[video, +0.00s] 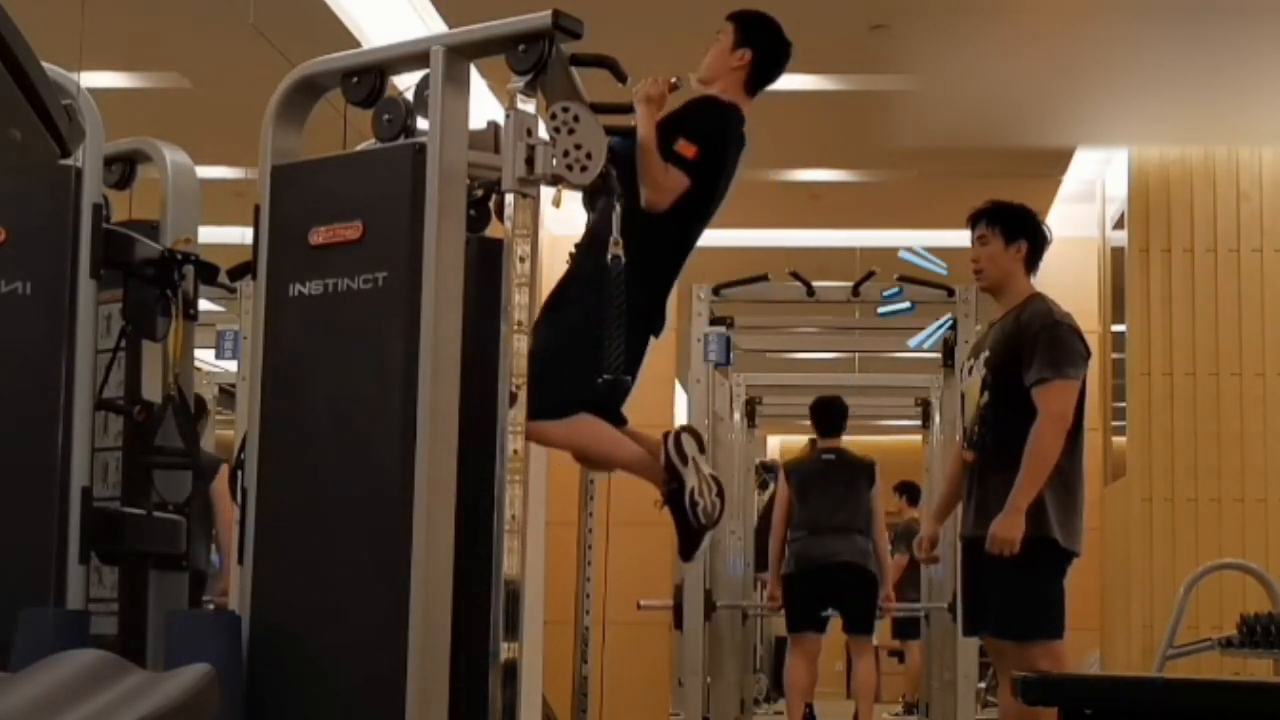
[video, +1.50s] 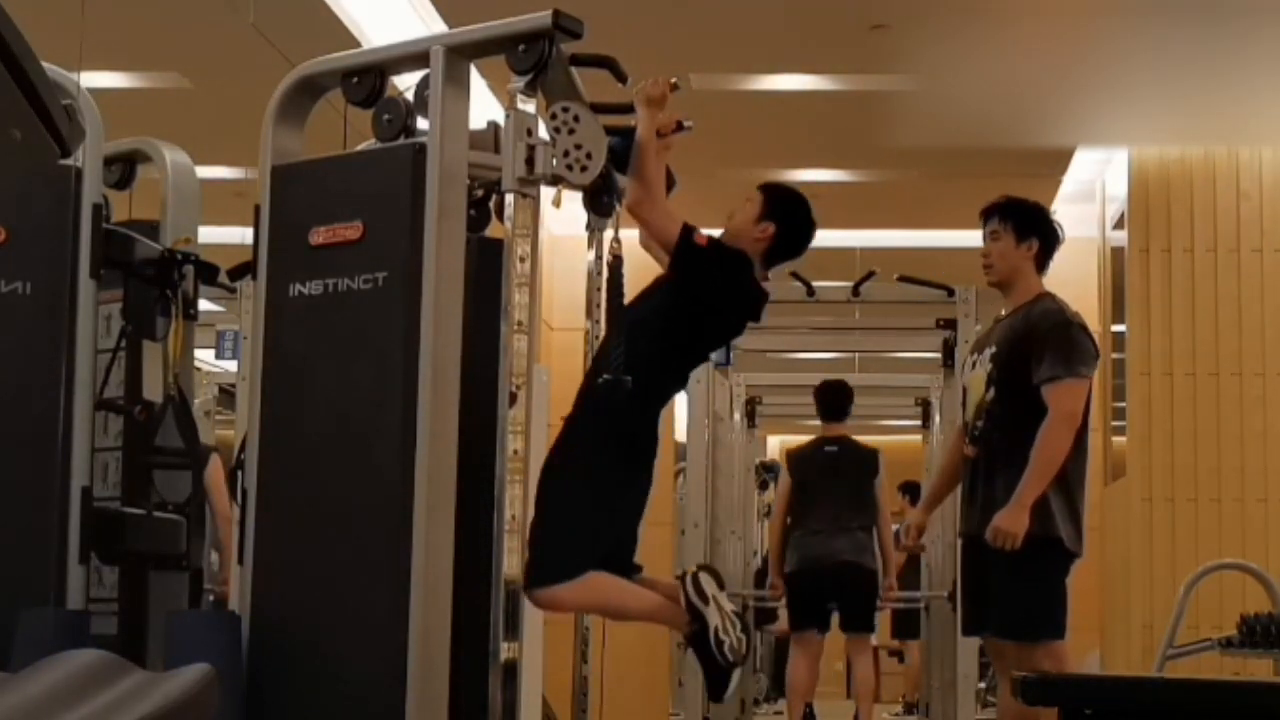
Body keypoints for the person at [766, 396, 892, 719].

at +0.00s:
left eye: (817, 420)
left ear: (812, 425)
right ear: (845, 425)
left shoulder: (791, 469)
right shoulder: (866, 469)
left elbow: (777, 529)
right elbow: (878, 532)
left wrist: (773, 578)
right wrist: (887, 583)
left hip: (806, 573)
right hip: (855, 572)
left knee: (802, 649)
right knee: (862, 649)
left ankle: (797, 715)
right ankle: (864, 715)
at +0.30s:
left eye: (816, 452)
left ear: (813, 456)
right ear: (847, 455)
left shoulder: (793, 496)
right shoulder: (867, 495)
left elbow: (779, 557)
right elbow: (881, 557)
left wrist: (774, 607)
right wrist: (887, 611)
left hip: (806, 583)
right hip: (856, 582)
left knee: (801, 652)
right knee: (864, 652)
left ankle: (797, 715)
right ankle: (865, 715)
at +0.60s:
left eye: (818, 473)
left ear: (814, 477)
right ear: (847, 477)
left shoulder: (795, 514)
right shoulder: (868, 514)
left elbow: (780, 574)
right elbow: (881, 575)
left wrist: (780, 620)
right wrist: (887, 630)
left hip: (807, 589)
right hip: (858, 588)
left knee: (799, 651)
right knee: (866, 654)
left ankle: (796, 715)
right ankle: (865, 715)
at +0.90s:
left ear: (815, 489)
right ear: (847, 489)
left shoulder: (794, 525)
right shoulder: (868, 524)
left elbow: (781, 588)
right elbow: (882, 584)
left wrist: (777, 645)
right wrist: (886, 640)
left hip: (807, 593)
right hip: (858, 591)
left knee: (797, 654)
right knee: (867, 655)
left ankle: (798, 713)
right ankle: (865, 715)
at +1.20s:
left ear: (816, 469)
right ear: (849, 467)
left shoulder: (797, 506)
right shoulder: (869, 506)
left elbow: (782, 569)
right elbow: (881, 568)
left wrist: (776, 623)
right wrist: (887, 622)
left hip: (807, 585)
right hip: (858, 584)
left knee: (800, 652)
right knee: (865, 652)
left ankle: (800, 713)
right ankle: (865, 715)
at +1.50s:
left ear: (817, 409)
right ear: (850, 409)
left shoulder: (794, 457)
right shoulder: (870, 457)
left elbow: (778, 518)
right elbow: (883, 519)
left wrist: (774, 569)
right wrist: (890, 571)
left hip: (807, 566)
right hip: (857, 566)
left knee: (804, 647)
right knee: (860, 647)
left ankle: (797, 715)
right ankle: (864, 714)